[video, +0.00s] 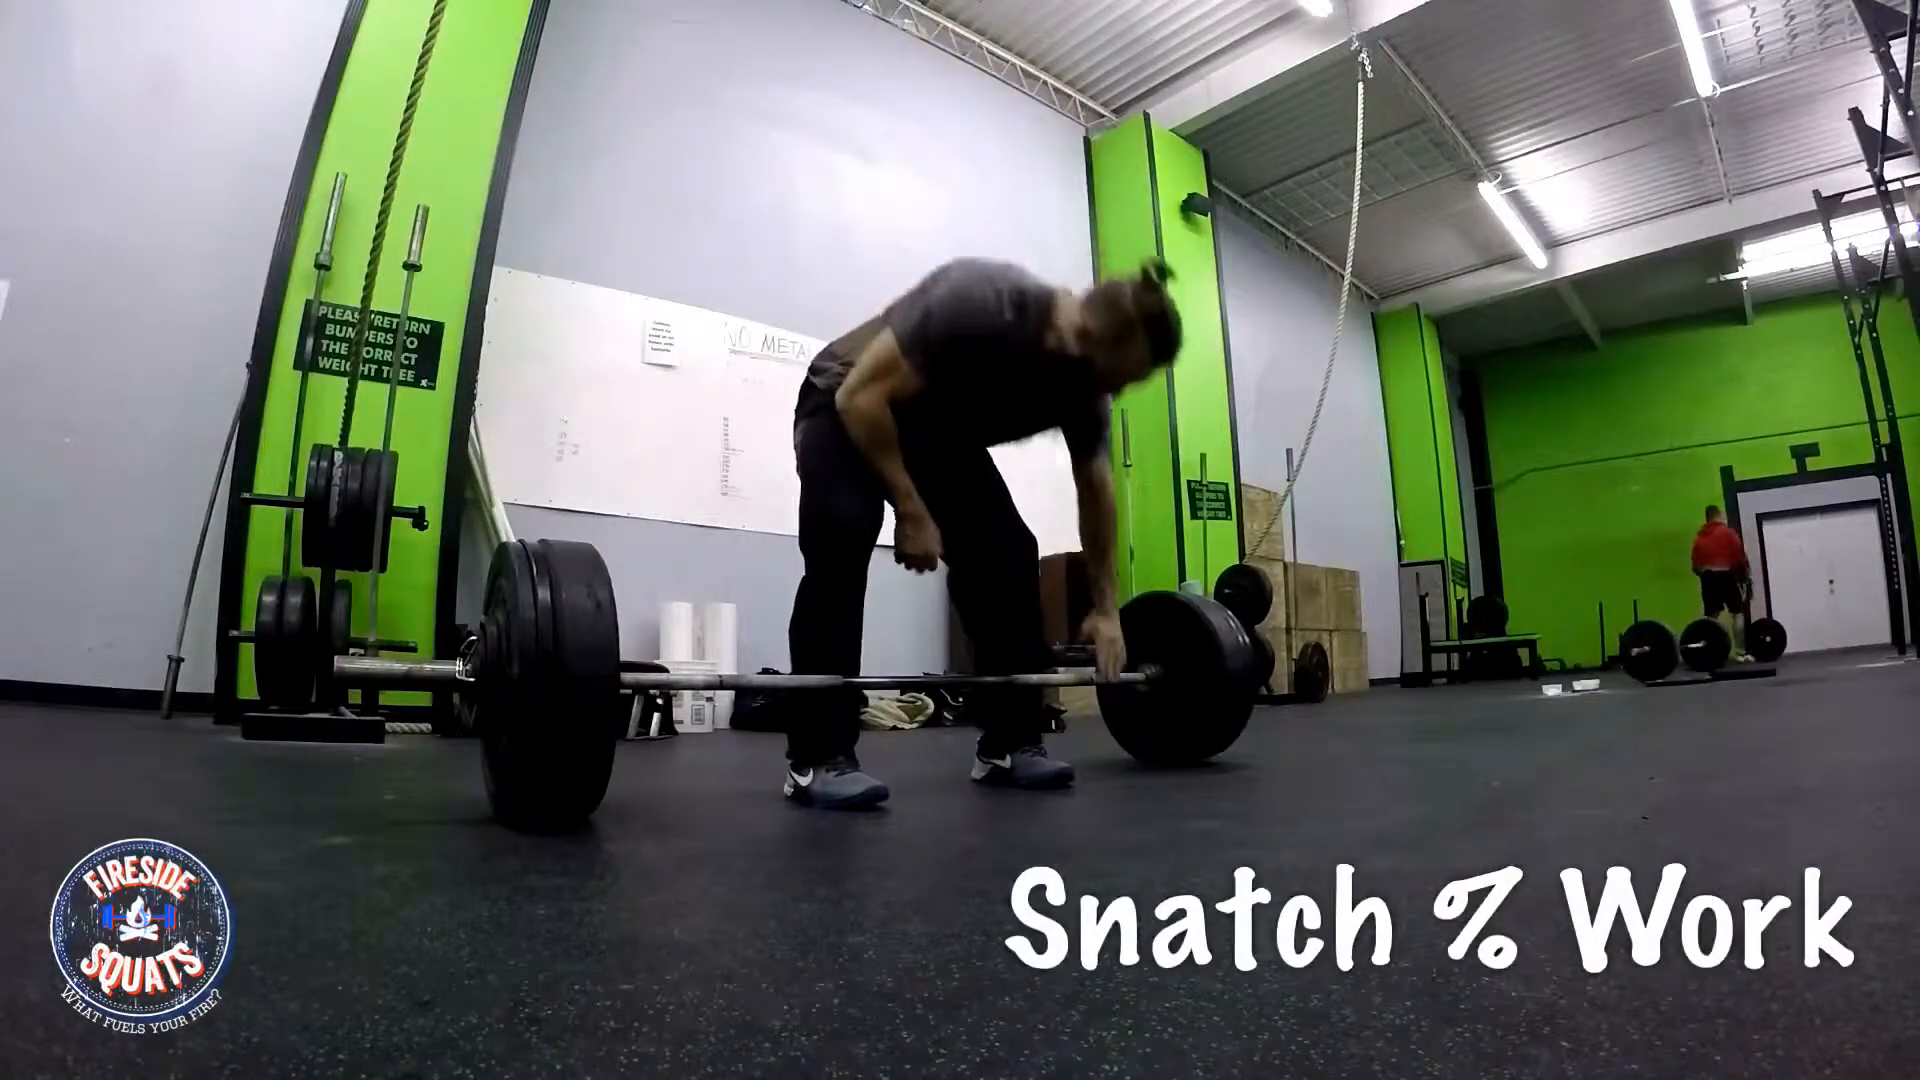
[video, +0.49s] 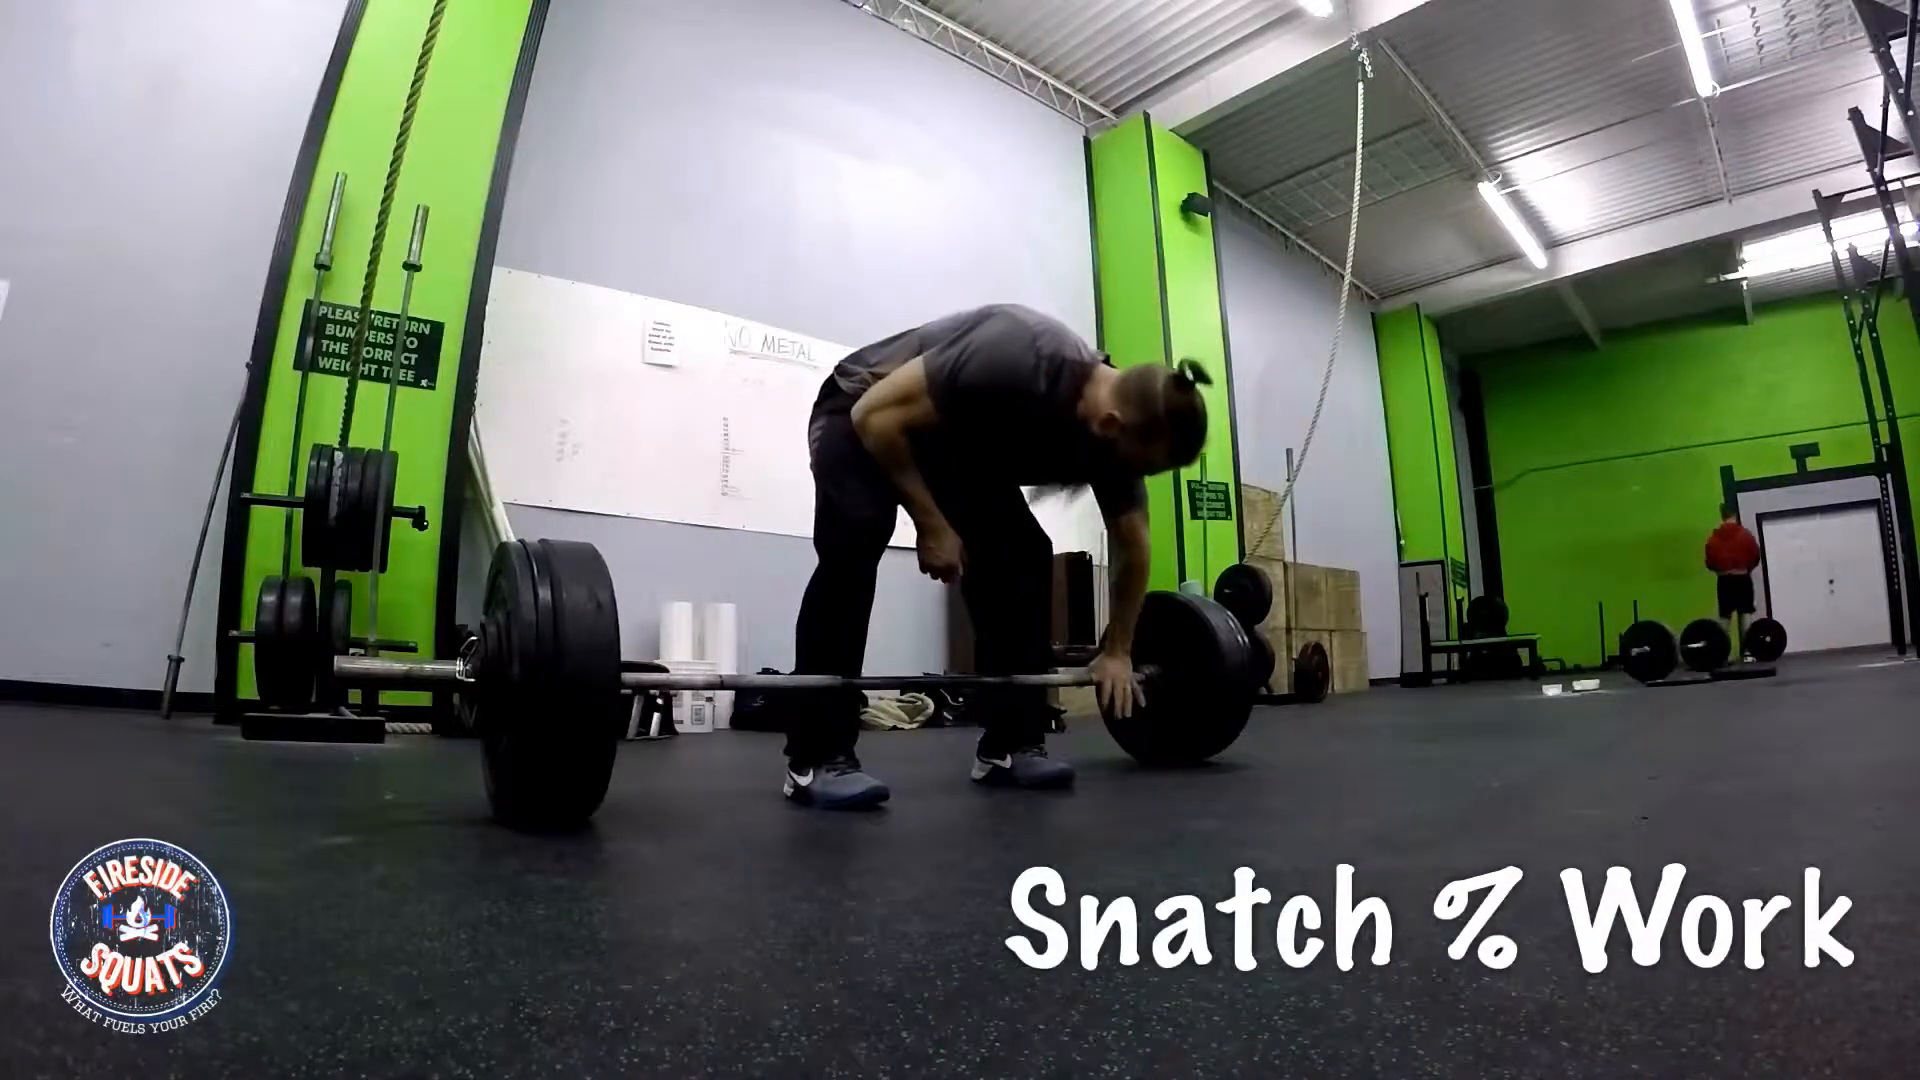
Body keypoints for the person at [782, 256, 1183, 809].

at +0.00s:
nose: (1112, 389)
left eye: (1121, 382)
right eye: (1113, 374)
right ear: (1086, 328)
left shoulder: (1085, 383)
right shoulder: (975, 299)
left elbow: (1095, 489)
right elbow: (859, 398)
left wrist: (1104, 606)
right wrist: (911, 511)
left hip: (943, 430)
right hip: (851, 402)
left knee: (1006, 554)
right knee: (838, 561)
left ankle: (1008, 744)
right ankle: (819, 759)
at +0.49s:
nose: (1137, 473)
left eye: (1147, 467)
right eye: (1138, 462)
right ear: (1114, 423)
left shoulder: (1112, 440)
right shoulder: (1011, 354)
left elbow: (1134, 545)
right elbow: (873, 414)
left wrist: (1117, 651)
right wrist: (931, 525)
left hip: (963, 443)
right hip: (866, 409)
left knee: (1020, 559)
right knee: (850, 559)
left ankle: (1010, 745)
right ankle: (818, 760)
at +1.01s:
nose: (1145, 479)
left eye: (1155, 472)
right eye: (1146, 467)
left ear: (1124, 425)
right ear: (1120, 427)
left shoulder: (1125, 439)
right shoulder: (1022, 357)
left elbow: (1132, 544)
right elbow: (882, 416)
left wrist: (1116, 651)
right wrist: (936, 527)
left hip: (971, 442)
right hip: (873, 405)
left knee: (1026, 559)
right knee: (858, 549)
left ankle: (1008, 747)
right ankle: (819, 759)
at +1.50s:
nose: (1147, 468)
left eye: (1159, 462)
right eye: (1150, 456)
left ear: (1125, 411)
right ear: (1122, 414)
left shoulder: (1121, 430)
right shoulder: (1020, 350)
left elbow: (1130, 541)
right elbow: (882, 415)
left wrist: (1117, 652)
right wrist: (936, 529)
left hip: (971, 441)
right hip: (873, 406)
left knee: (1028, 558)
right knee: (857, 553)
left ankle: (1009, 745)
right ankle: (820, 760)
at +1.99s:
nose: (1071, 442)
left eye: (1091, 441)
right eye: (1077, 422)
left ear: (1117, 434)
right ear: (1072, 368)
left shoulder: (1100, 435)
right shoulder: (979, 345)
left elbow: (1124, 542)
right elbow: (829, 402)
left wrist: (1119, 652)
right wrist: (855, 544)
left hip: (952, 458)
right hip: (862, 428)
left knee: (1024, 559)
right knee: (847, 561)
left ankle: (1011, 744)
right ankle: (819, 760)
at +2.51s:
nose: (974, 515)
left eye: (991, 516)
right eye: (976, 497)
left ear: (1051, 497)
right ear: (985, 434)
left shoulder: (1066, 492)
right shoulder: (886, 414)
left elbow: (1118, 562)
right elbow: (730, 481)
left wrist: (1124, 653)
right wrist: (678, 636)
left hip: (921, 490)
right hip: (836, 459)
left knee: (1028, 564)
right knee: (816, 555)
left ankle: (1011, 746)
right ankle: (820, 761)